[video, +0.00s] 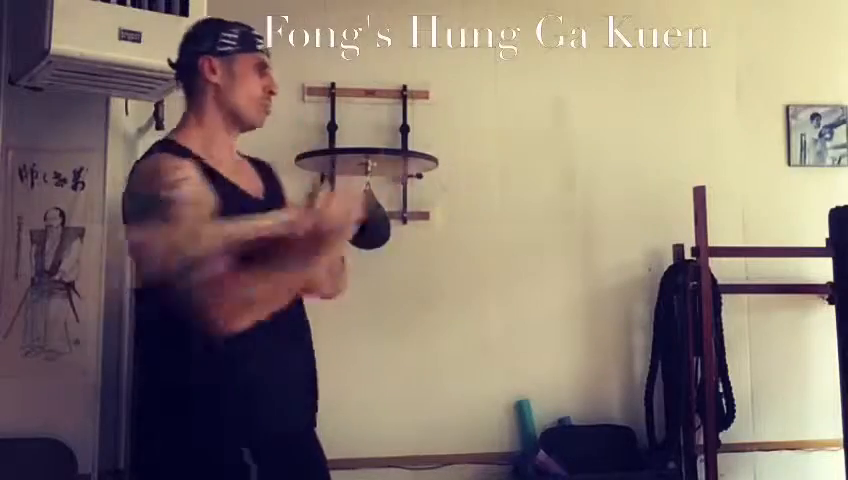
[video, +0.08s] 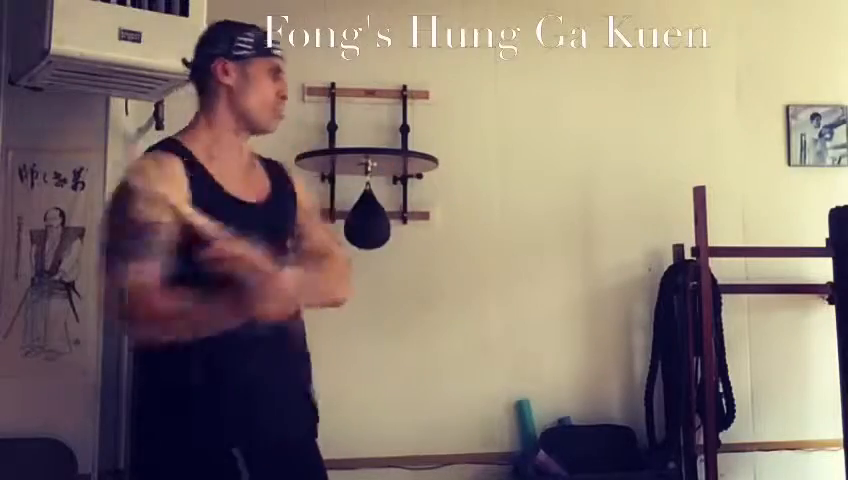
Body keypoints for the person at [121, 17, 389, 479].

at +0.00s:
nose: (273, 86)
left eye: (269, 71)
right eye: (260, 69)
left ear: (215, 71)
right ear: (211, 70)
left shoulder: (262, 175)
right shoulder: (165, 174)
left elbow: (332, 281)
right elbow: (223, 310)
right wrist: (315, 251)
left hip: (280, 423)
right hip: (198, 431)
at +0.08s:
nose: (285, 91)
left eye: (283, 77)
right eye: (273, 74)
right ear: (224, 72)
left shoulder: (285, 183)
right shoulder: (157, 176)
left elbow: (337, 282)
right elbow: (138, 311)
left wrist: (272, 276)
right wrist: (246, 305)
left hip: (281, 428)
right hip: (187, 433)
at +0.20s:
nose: (310, 104)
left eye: (310, 91)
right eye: (301, 86)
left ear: (260, 81)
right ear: (255, 78)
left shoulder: (307, 188)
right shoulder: (158, 165)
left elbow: (331, 289)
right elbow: (40, 227)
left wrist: (240, 289)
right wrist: (73, 280)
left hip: (272, 423)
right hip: (176, 424)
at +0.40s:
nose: (304, 126)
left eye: (306, 109)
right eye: (297, 104)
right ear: (250, 88)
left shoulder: (266, 185)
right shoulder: (181, 141)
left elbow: (326, 275)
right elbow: (260, 93)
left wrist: (282, 241)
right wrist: (348, 150)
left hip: (263, 393)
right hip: (184, 397)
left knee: (302, 471)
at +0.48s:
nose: (295, 108)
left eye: (296, 96)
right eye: (286, 91)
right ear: (244, 86)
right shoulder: (207, 140)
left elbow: (286, 298)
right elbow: (380, 139)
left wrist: (330, 224)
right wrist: (405, 230)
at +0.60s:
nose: (293, 116)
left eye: (294, 103)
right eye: (289, 98)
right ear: (250, 82)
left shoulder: (142, 173)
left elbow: (229, 285)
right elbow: (381, 186)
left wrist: (331, 250)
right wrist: (369, 231)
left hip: (159, 417)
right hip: (251, 414)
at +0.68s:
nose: (296, 111)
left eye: (296, 96)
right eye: (291, 92)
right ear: (250, 77)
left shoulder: (138, 172)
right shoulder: (277, 144)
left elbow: (185, 269)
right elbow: (375, 188)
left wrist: (290, 269)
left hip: (163, 414)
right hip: (260, 414)